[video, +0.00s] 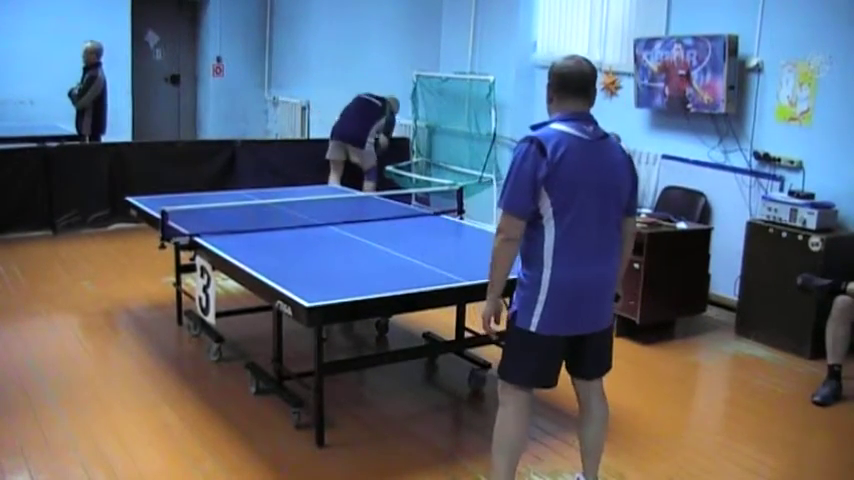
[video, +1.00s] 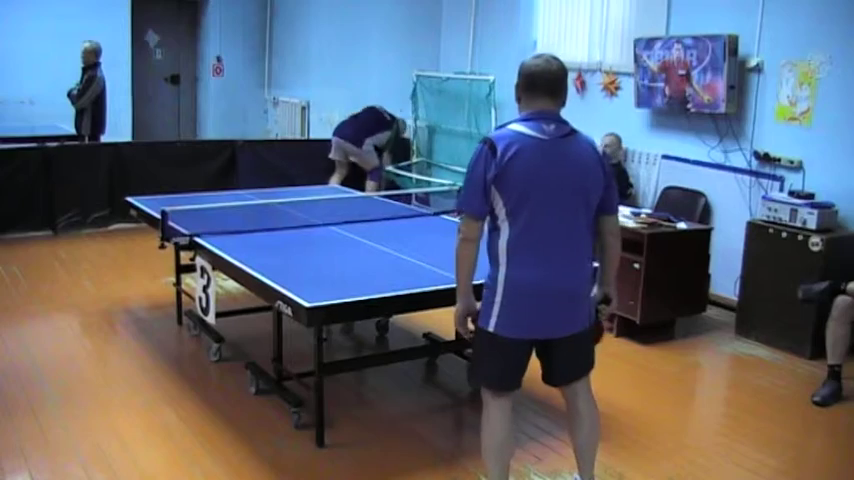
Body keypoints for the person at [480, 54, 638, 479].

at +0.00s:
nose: (545, 96)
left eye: (547, 90)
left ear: (551, 93)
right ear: (592, 95)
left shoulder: (538, 147)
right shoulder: (617, 152)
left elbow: (509, 232)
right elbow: (626, 230)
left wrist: (493, 294)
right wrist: (613, 285)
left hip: (543, 299)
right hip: (597, 299)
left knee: (513, 392)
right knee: (591, 389)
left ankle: (502, 475)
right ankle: (591, 475)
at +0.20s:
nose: (547, 96)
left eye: (548, 90)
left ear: (550, 93)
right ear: (592, 96)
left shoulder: (539, 147)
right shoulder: (617, 153)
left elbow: (513, 234)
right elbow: (628, 230)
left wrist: (504, 296)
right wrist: (615, 285)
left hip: (544, 298)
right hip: (598, 298)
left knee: (516, 394)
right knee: (591, 387)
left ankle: (503, 475)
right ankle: (589, 475)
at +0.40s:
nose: (543, 97)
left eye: (544, 90)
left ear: (546, 93)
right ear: (588, 96)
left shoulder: (533, 147)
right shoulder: (615, 151)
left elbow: (506, 233)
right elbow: (627, 229)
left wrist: (497, 295)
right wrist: (615, 284)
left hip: (542, 298)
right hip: (597, 297)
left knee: (514, 394)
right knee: (589, 387)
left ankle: (502, 475)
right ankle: (589, 475)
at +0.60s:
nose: (534, 97)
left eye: (535, 91)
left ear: (537, 94)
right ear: (581, 96)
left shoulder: (522, 148)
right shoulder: (607, 151)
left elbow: (495, 234)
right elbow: (622, 226)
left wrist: (482, 297)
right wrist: (613, 283)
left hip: (534, 300)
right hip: (590, 298)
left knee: (506, 395)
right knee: (587, 387)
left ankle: (499, 475)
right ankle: (589, 474)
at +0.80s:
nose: (525, 96)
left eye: (526, 89)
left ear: (526, 92)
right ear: (572, 94)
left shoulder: (509, 146)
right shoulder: (600, 153)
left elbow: (482, 234)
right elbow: (616, 229)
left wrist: (473, 297)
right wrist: (610, 283)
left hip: (522, 301)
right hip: (581, 300)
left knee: (501, 394)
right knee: (582, 387)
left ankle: (498, 474)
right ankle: (589, 474)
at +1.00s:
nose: (518, 95)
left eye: (518, 89)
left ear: (518, 91)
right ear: (564, 94)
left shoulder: (496, 147)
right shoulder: (590, 152)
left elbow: (469, 233)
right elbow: (610, 230)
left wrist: (463, 296)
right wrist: (607, 288)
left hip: (510, 307)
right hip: (571, 306)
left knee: (497, 399)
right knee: (578, 391)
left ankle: (496, 475)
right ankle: (588, 475)